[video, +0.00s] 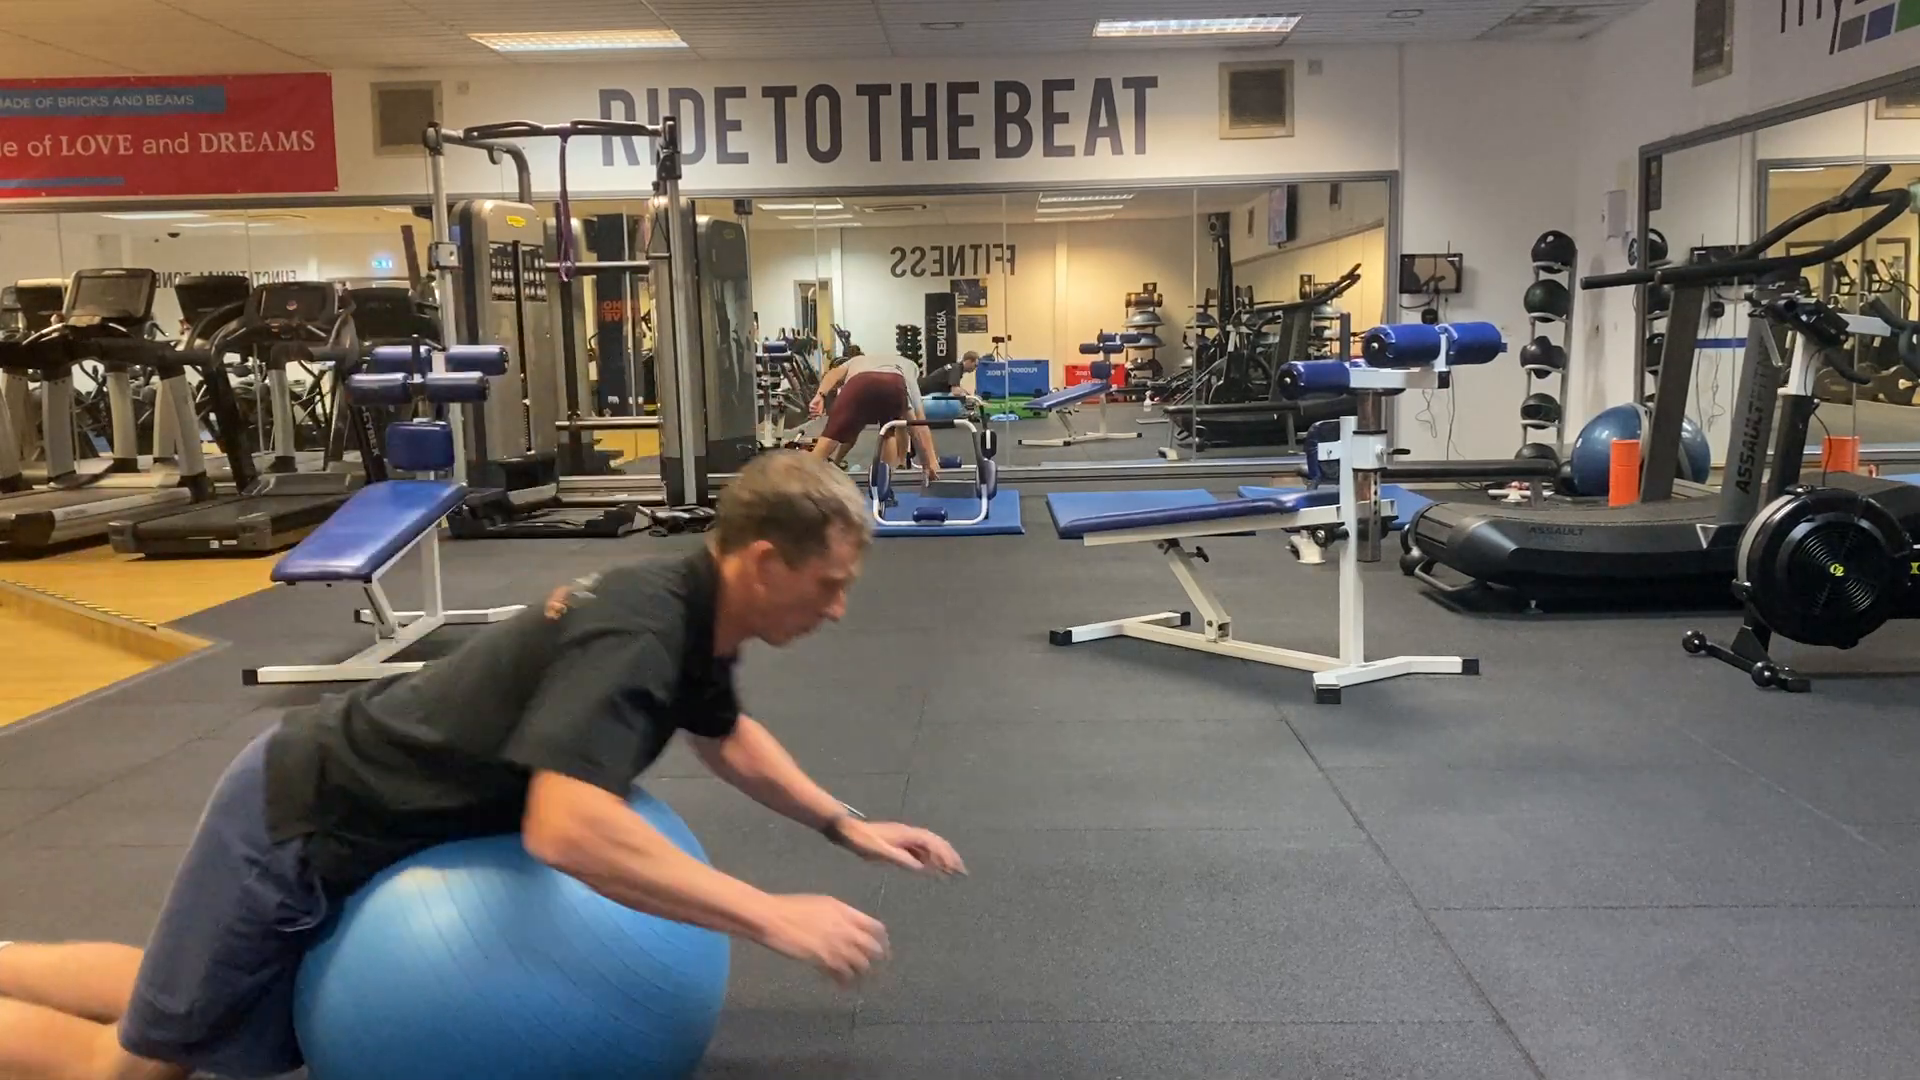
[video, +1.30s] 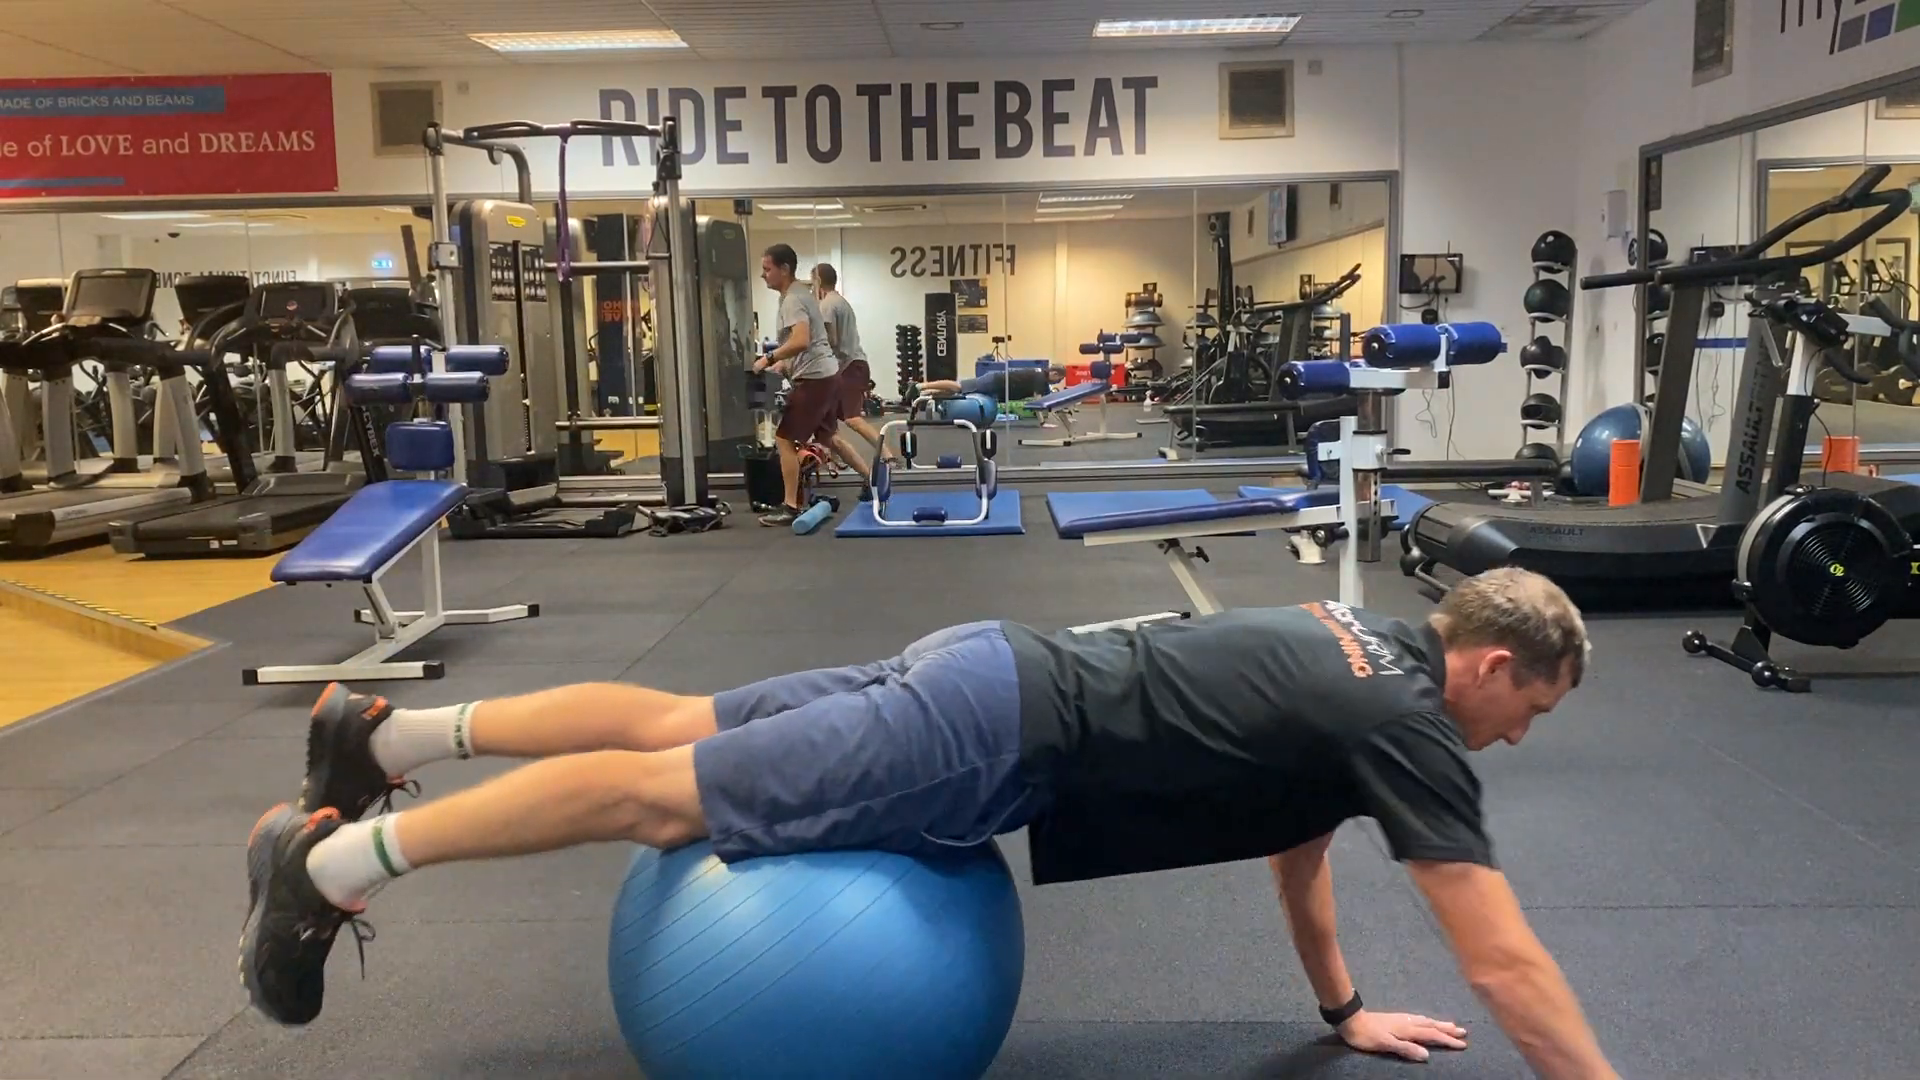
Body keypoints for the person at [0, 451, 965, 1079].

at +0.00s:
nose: (840, 606)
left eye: (847, 586)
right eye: (832, 585)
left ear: (764, 561)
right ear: (759, 562)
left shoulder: (693, 609)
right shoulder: (641, 634)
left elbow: (725, 740)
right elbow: (564, 829)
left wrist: (844, 824)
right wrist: (766, 913)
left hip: (333, 777)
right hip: (296, 804)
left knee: (185, 1006)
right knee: (148, 1066)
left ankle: (0, 973)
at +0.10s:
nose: (915, 692)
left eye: (925, 674)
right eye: (916, 669)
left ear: (860, 624)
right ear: (860, 634)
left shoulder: (794, 672)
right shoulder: (741, 679)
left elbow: (888, 822)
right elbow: (836, 907)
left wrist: (1003, 936)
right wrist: (997, 1044)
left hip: (385, 740)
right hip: (348, 768)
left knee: (147, 932)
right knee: (120, 984)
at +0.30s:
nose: (1033, 804)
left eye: (1048, 789)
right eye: (1043, 785)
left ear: (998, 709)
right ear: (1005, 743)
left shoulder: (901, 692)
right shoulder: (891, 761)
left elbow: (937, 892)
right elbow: (957, 975)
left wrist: (1015, 998)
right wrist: (1036, 1057)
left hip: (519, 657)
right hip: (501, 700)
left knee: (209, 798)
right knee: (199, 817)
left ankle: (16, 839)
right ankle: (4, 847)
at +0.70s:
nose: (1248, 786)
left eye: (1263, 765)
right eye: (1259, 764)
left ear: (1209, 695)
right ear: (1214, 723)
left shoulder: (1113, 682)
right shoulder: (1084, 747)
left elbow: (1098, 866)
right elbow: (1037, 977)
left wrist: (1205, 972)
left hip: (717, 684)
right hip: (699, 721)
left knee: (407, 769)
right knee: (375, 825)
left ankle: (131, 784)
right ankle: (62, 896)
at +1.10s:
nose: (1452, 720)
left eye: (1463, 700)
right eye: (1460, 698)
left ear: (1396, 640)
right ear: (1411, 666)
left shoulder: (1290, 664)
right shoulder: (1289, 712)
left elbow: (1288, 863)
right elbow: (1163, 904)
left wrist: (1345, 1011)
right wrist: (1193, 1077)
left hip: (909, 664)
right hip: (914, 726)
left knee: (607, 740)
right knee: (582, 820)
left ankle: (306, 776)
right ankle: (251, 911)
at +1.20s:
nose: (1488, 723)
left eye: (1501, 705)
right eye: (1496, 700)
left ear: (1438, 633)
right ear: (1449, 663)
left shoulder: (1325, 643)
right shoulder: (1339, 705)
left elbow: (1295, 863)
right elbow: (1311, 929)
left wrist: (1356, 992)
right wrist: (1397, 1054)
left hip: (955, 662)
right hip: (955, 718)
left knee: (651, 732)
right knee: (622, 812)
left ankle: (349, 744)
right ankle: (300, 904)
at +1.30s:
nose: (1533, 727)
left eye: (1544, 706)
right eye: (1534, 701)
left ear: (1464, 650)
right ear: (1483, 661)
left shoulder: (1346, 659)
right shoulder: (1401, 723)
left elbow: (1297, 863)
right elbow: (1504, 957)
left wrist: (1342, 1011)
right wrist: (1599, 1076)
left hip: (989, 676)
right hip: (984, 728)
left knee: (689, 720)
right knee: (655, 797)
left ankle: (399, 728)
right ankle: (331, 858)